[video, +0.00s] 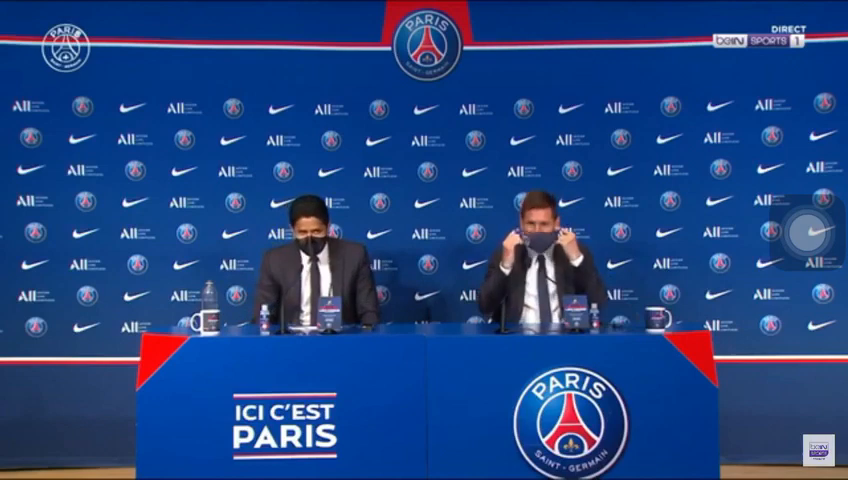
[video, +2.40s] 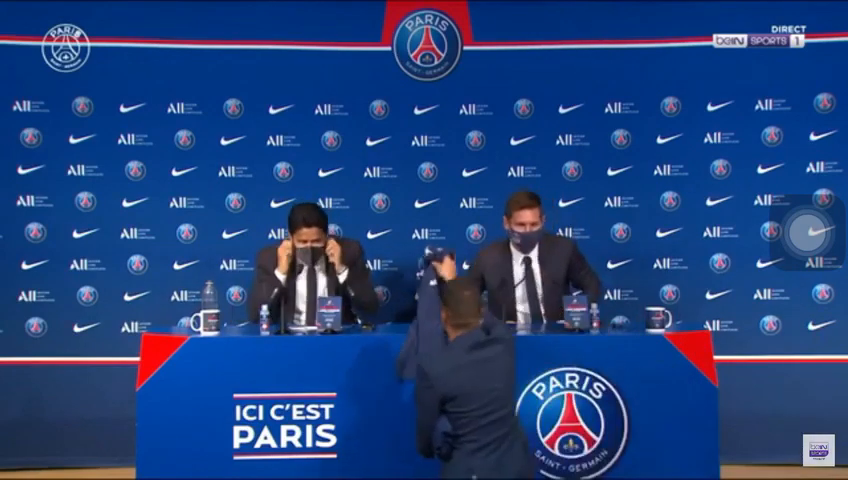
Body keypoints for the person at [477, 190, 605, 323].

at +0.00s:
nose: (537, 231)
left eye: (544, 224)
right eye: (531, 224)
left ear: (556, 224)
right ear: (522, 225)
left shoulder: (575, 252)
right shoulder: (507, 253)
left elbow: (600, 302)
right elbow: (486, 307)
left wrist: (577, 258)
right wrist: (506, 265)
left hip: (565, 341)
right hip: (518, 341)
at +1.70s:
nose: (532, 231)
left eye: (538, 225)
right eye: (525, 225)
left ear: (549, 225)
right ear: (514, 225)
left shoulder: (569, 253)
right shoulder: (498, 260)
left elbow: (583, 295)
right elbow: (479, 313)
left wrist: (554, 269)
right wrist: (501, 290)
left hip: (557, 341)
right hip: (512, 342)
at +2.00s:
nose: (528, 236)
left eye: (534, 229)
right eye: (521, 229)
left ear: (541, 225)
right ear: (506, 228)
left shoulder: (562, 250)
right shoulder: (487, 262)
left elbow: (593, 291)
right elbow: (474, 306)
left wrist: (569, 289)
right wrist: (501, 312)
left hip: (556, 340)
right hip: (505, 344)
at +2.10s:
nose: (527, 236)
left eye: (532, 229)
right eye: (520, 230)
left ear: (539, 226)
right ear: (503, 228)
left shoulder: (561, 251)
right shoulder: (487, 261)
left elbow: (594, 290)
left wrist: (571, 299)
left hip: (557, 341)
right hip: (504, 345)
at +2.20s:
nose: (525, 236)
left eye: (531, 229)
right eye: (518, 230)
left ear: (538, 225)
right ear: (503, 229)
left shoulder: (559, 250)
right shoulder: (486, 261)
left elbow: (592, 288)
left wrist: (569, 310)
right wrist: (474, 299)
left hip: (556, 344)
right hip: (508, 348)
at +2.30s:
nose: (525, 235)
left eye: (530, 228)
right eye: (518, 229)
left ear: (538, 223)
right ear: (503, 227)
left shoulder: (559, 250)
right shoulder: (485, 261)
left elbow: (591, 288)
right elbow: (478, 316)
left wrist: (572, 317)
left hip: (556, 342)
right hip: (506, 345)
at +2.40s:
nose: (528, 232)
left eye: (533, 225)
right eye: (521, 225)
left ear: (543, 221)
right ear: (506, 223)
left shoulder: (563, 250)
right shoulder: (490, 257)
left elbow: (592, 287)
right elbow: (467, 298)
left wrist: (579, 320)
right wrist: (490, 328)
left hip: (555, 341)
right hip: (507, 342)